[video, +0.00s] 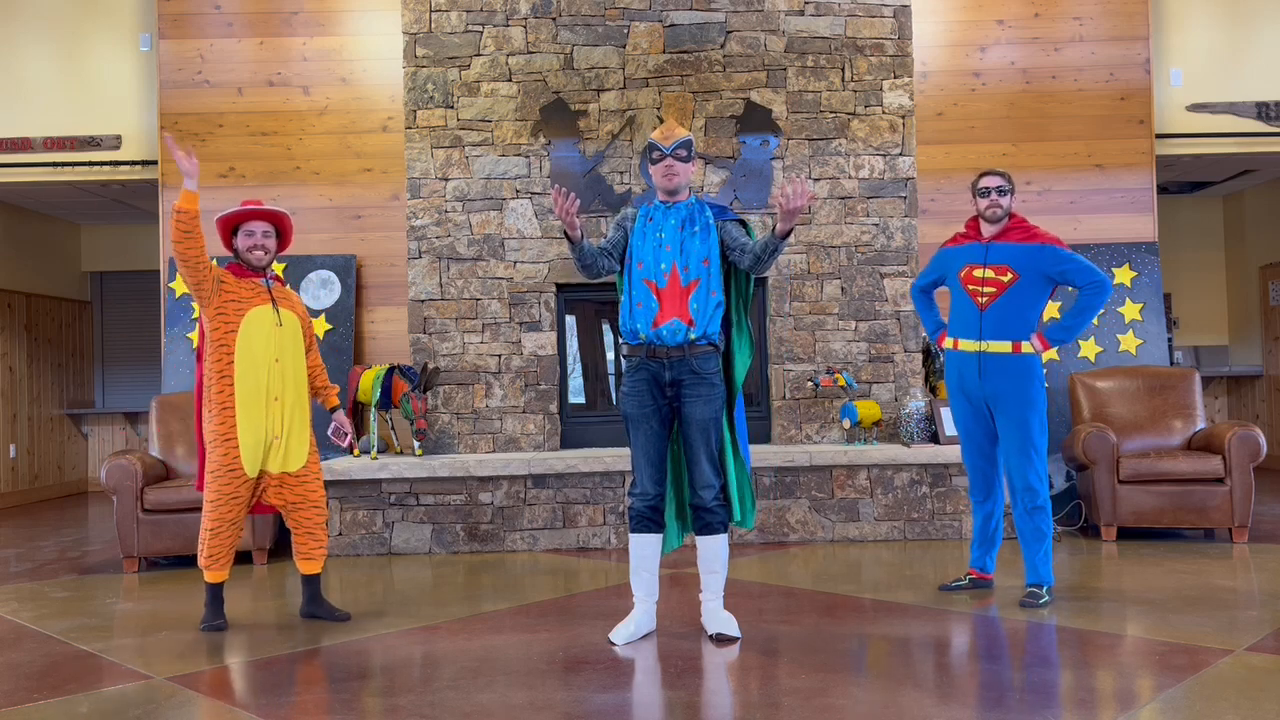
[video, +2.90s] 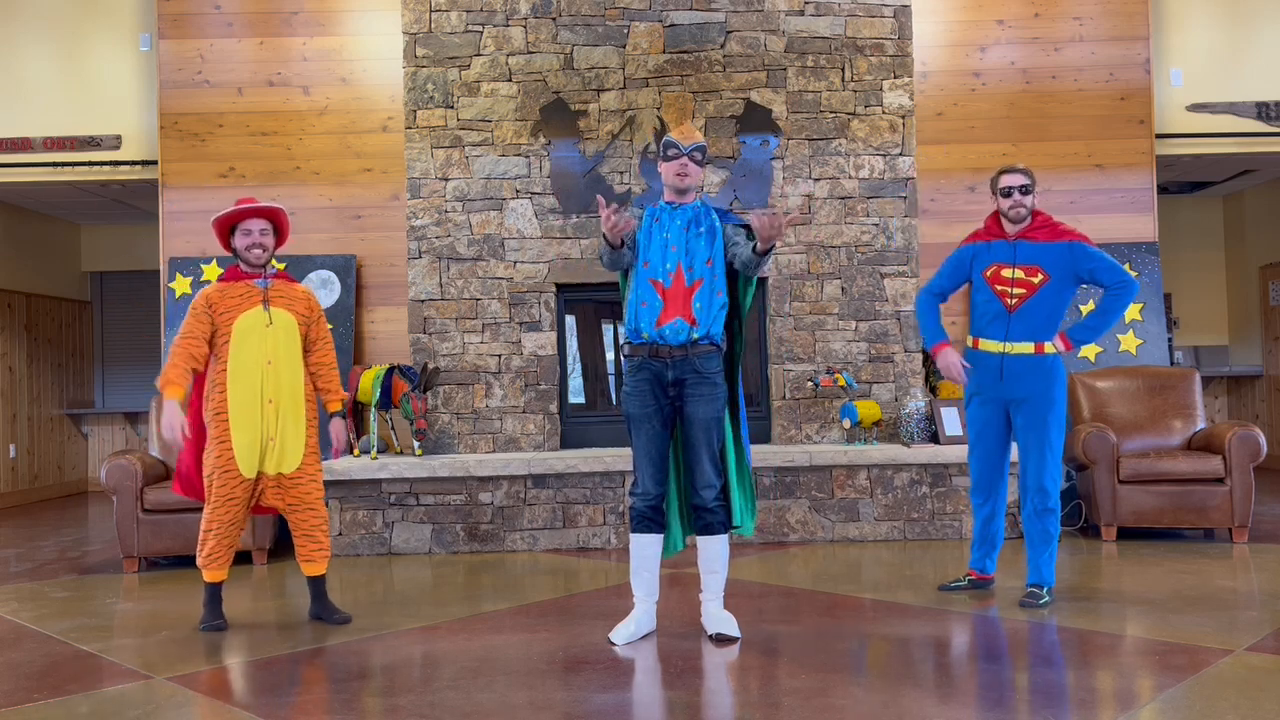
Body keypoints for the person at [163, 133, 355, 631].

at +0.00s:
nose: (258, 241)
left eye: (266, 235)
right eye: (248, 234)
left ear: (278, 244)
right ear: (233, 242)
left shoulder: (292, 299)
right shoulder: (215, 288)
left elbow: (311, 361)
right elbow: (186, 247)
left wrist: (334, 406)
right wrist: (190, 184)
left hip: (289, 422)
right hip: (232, 423)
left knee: (310, 504)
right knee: (222, 511)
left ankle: (312, 597)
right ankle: (214, 604)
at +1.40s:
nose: (265, 244)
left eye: (271, 237)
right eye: (255, 236)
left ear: (278, 244)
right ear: (235, 244)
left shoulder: (286, 300)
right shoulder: (216, 292)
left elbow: (308, 362)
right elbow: (186, 273)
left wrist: (339, 402)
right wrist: (226, 229)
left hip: (292, 420)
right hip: (236, 421)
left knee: (310, 500)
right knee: (229, 505)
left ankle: (312, 598)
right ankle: (214, 605)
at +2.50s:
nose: (252, 242)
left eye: (261, 235)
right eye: (243, 235)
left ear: (271, 244)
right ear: (228, 244)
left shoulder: (291, 299)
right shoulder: (203, 291)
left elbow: (322, 342)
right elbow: (147, 290)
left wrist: (354, 369)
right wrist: (154, 238)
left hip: (284, 421)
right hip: (224, 423)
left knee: (303, 502)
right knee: (220, 508)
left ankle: (312, 598)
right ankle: (214, 606)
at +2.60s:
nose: (250, 241)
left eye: (258, 235)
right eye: (241, 234)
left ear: (269, 244)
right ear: (225, 243)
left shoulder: (287, 298)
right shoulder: (201, 293)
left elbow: (311, 344)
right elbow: (149, 306)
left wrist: (337, 371)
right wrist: (143, 266)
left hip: (281, 421)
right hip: (221, 422)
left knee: (303, 500)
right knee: (217, 505)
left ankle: (313, 596)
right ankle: (212, 605)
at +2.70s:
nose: (249, 240)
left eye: (257, 234)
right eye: (239, 234)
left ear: (269, 242)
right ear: (225, 242)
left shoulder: (288, 298)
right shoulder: (204, 293)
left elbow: (308, 348)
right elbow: (167, 319)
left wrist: (324, 385)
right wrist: (142, 317)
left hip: (281, 420)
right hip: (221, 421)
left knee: (302, 499)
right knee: (217, 503)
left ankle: (317, 597)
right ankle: (211, 605)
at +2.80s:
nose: (251, 240)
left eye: (259, 234)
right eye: (242, 234)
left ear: (270, 242)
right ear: (227, 242)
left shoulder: (292, 297)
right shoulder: (206, 295)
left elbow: (311, 352)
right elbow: (176, 328)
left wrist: (324, 402)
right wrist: (151, 358)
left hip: (284, 420)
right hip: (224, 421)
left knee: (302, 501)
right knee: (220, 504)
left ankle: (319, 598)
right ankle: (212, 604)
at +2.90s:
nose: (256, 240)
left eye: (264, 233)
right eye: (247, 234)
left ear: (275, 242)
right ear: (233, 244)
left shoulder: (302, 297)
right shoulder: (214, 299)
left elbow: (321, 355)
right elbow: (187, 349)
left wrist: (335, 411)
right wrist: (171, 398)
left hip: (293, 423)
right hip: (232, 424)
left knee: (309, 503)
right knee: (224, 507)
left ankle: (320, 599)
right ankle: (213, 603)